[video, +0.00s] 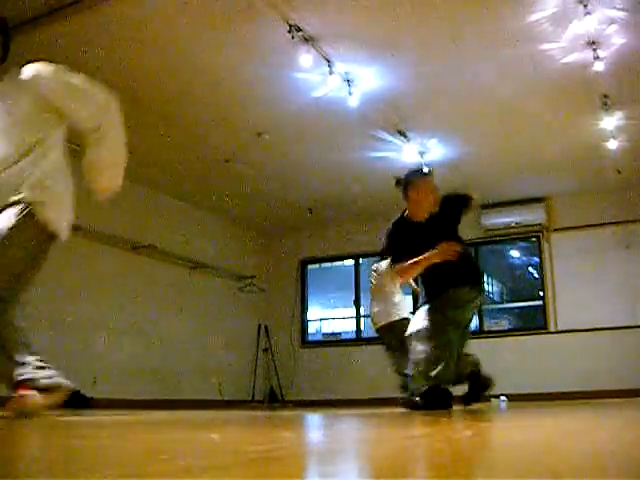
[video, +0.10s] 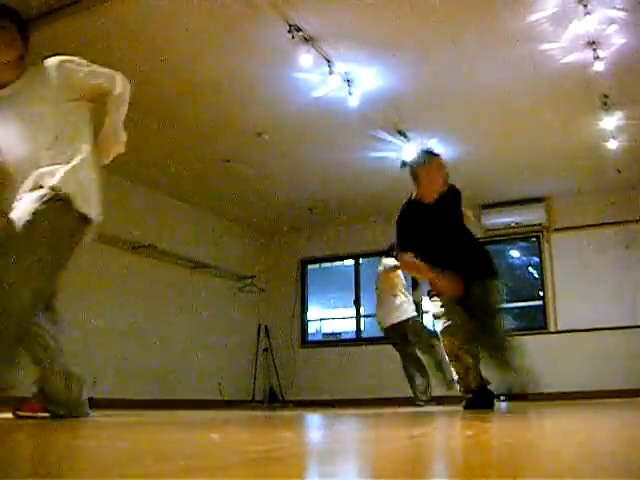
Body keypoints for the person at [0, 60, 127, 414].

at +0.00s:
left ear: (3, 49)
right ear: (5, 50)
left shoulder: (33, 81)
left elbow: (102, 108)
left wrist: (105, 173)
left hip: (36, 203)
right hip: (9, 210)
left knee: (1, 293)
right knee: (3, 299)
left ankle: (37, 376)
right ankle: (28, 381)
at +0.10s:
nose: (6, 48)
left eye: (10, 37)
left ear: (24, 40)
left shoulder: (56, 71)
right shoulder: (4, 105)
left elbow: (118, 84)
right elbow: (12, 167)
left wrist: (112, 131)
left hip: (67, 191)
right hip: (29, 201)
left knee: (13, 278)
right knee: (30, 297)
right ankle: (62, 393)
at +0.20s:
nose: (21, 35)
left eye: (27, 27)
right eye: (12, 30)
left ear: (42, 33)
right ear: (1, 44)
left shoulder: (77, 64)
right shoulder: (8, 106)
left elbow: (137, 82)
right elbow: (9, 166)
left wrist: (116, 108)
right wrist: (1, 184)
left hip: (93, 176)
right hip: (52, 194)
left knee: (33, 238)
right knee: (63, 280)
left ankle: (54, 356)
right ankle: (67, 391)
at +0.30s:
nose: (53, 15)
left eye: (53, 7)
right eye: (41, 10)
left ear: (63, 13)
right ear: (24, 26)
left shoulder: (104, 52)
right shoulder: (24, 88)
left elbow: (158, 87)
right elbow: (19, 153)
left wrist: (106, 103)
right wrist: (14, 211)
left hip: (117, 161)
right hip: (62, 175)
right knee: (53, 272)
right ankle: (59, 390)